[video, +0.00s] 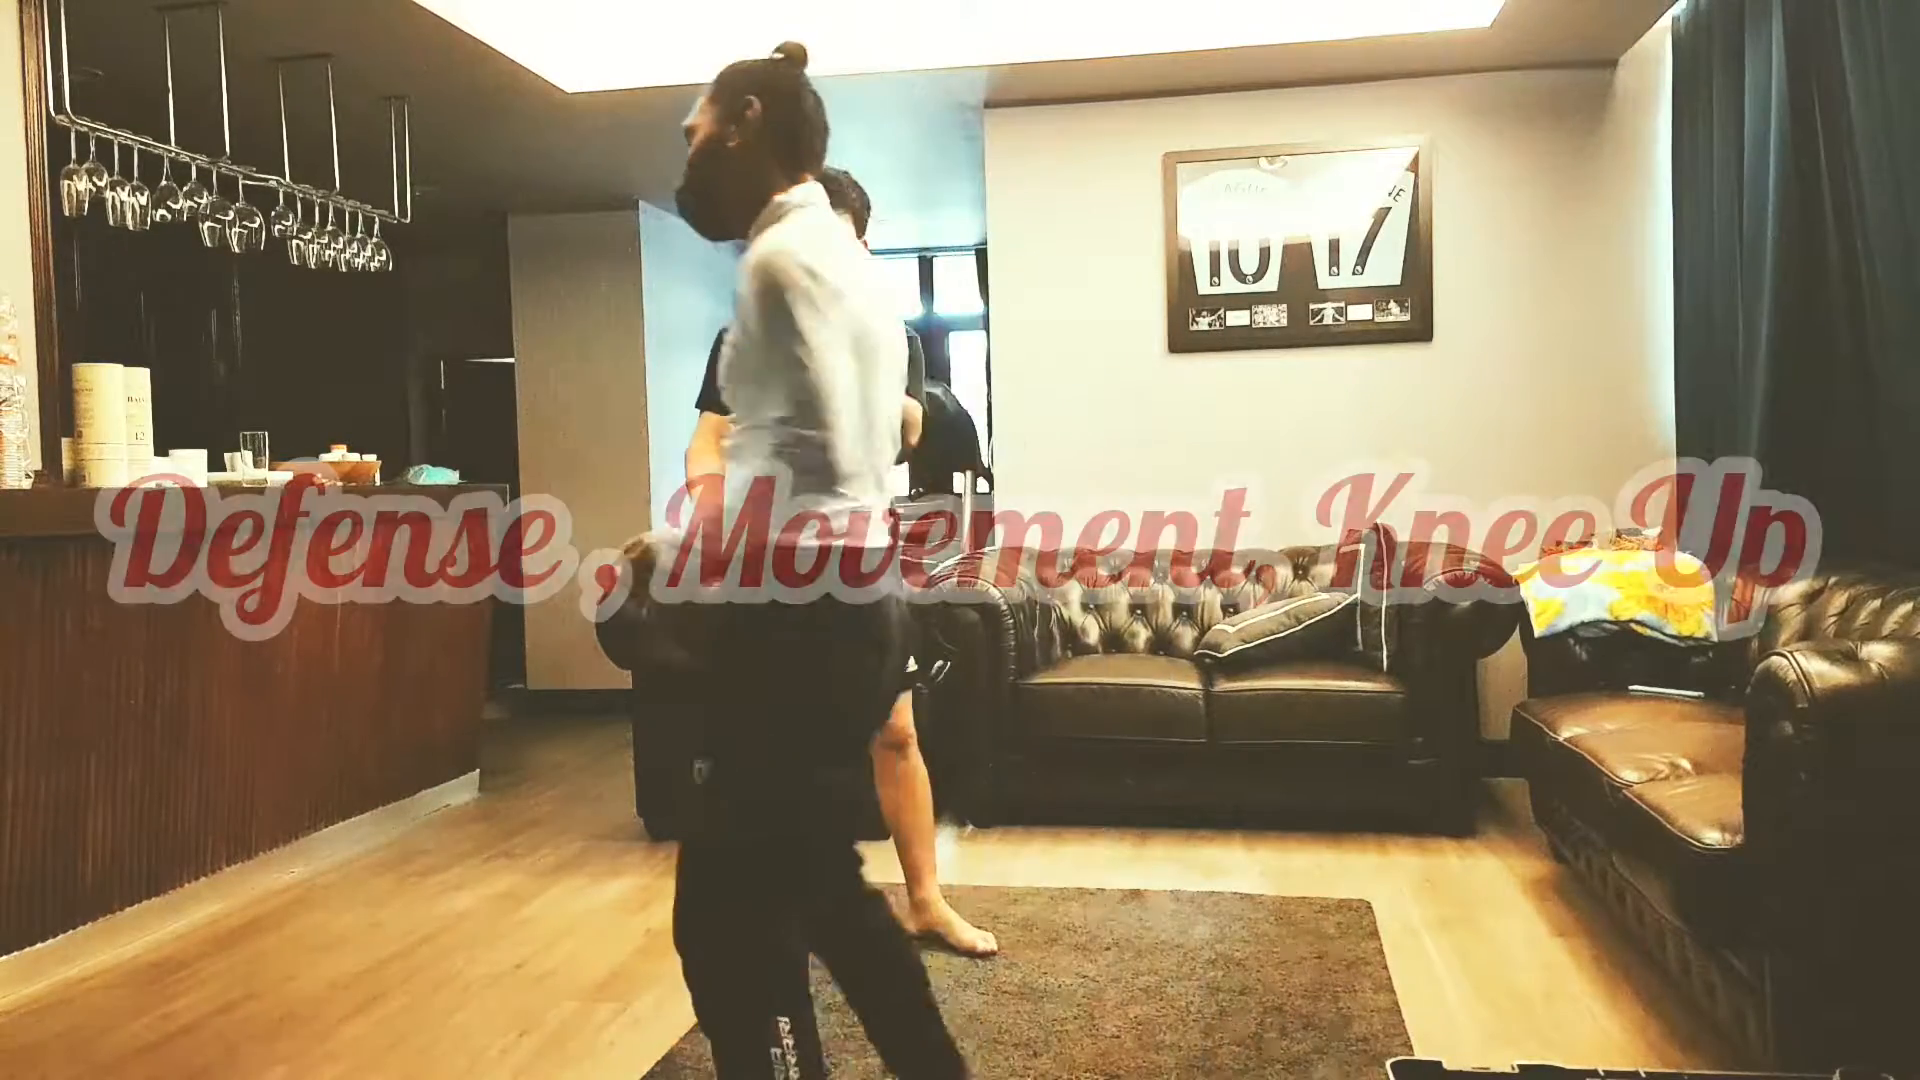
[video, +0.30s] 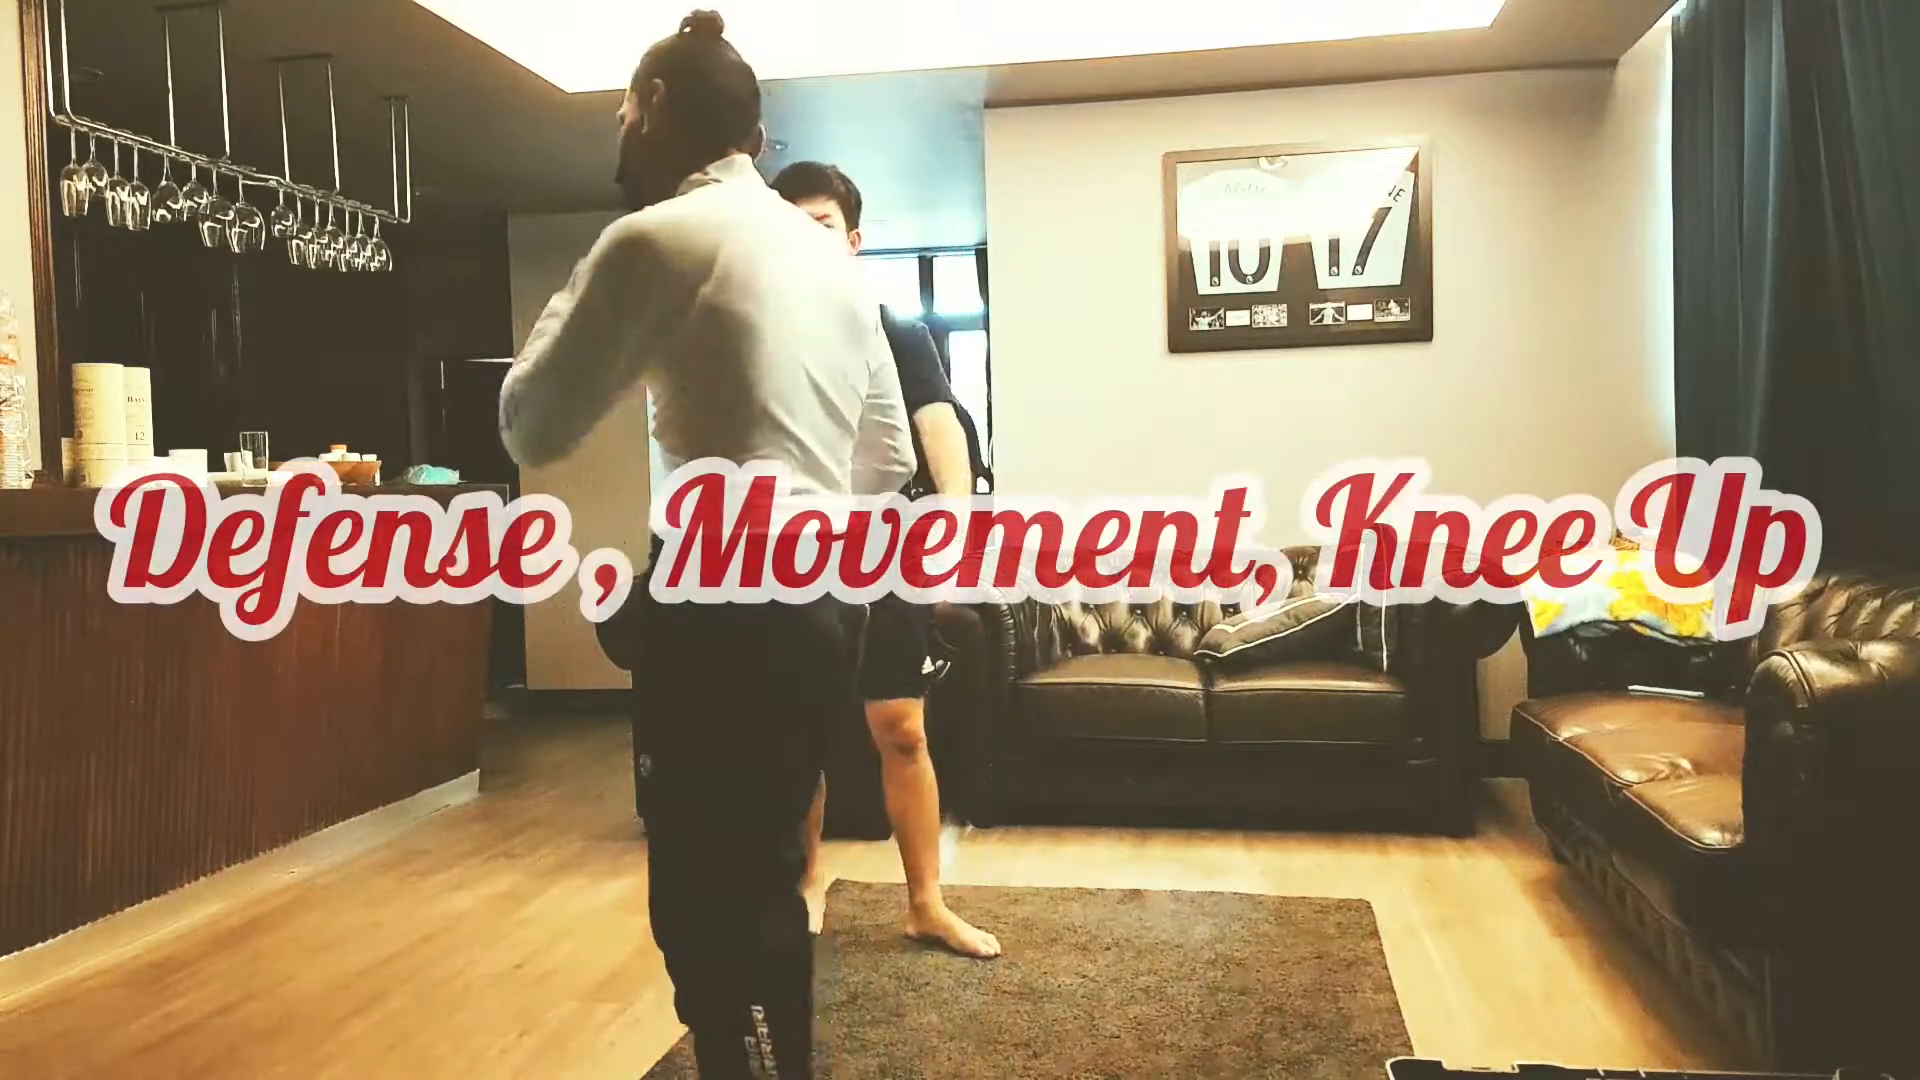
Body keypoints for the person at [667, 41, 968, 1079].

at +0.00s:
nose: (683, 159)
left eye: (698, 136)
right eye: (687, 138)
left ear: (752, 131)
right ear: (774, 138)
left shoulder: (785, 256)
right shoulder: (837, 256)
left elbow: (832, 468)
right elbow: (857, 457)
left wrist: (683, 567)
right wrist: (686, 548)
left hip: (802, 625)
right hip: (840, 619)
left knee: (717, 910)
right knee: (820, 883)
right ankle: (936, 1066)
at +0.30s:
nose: (620, 128)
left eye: (627, 107)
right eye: (622, 109)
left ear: (655, 109)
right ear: (747, 122)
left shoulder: (658, 238)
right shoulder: (829, 249)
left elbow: (531, 426)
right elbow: (888, 452)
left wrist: (543, 341)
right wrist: (828, 574)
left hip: (717, 614)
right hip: (820, 613)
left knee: (697, 886)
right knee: (774, 862)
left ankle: (727, 1063)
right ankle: (794, 1059)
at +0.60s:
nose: (645, 147)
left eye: (651, 131)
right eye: (648, 131)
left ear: (667, 141)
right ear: (768, 156)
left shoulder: (615, 262)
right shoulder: (849, 281)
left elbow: (579, 446)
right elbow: (884, 476)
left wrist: (649, 366)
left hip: (680, 632)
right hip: (813, 638)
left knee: (597, 895)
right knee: (780, 908)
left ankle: (685, 1072)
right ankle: (781, 1070)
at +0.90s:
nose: (792, 208)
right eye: (794, 192)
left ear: (678, 178)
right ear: (780, 186)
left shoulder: (601, 272)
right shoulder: (839, 284)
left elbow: (549, 456)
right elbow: (903, 457)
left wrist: (622, 409)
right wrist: (881, 546)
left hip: (661, 610)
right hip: (804, 616)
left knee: (653, 868)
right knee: (787, 869)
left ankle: (647, 1065)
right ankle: (780, 1065)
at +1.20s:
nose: (796, 221)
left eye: (794, 210)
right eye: (795, 208)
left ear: (688, 201)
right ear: (770, 196)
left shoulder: (600, 282)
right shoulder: (788, 258)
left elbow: (460, 382)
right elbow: (853, 328)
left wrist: (569, 492)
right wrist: (873, 476)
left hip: (643, 598)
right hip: (777, 596)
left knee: (662, 858)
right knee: (823, 855)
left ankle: (672, 1064)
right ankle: (777, 1064)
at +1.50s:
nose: (788, 199)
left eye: (783, 185)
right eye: (783, 185)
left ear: (678, 191)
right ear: (757, 181)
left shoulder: (594, 279)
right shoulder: (780, 236)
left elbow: (458, 364)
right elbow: (798, 273)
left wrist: (558, 504)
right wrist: (815, 464)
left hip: (639, 593)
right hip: (768, 589)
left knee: (661, 855)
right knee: (836, 848)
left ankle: (669, 1064)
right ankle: (783, 1066)